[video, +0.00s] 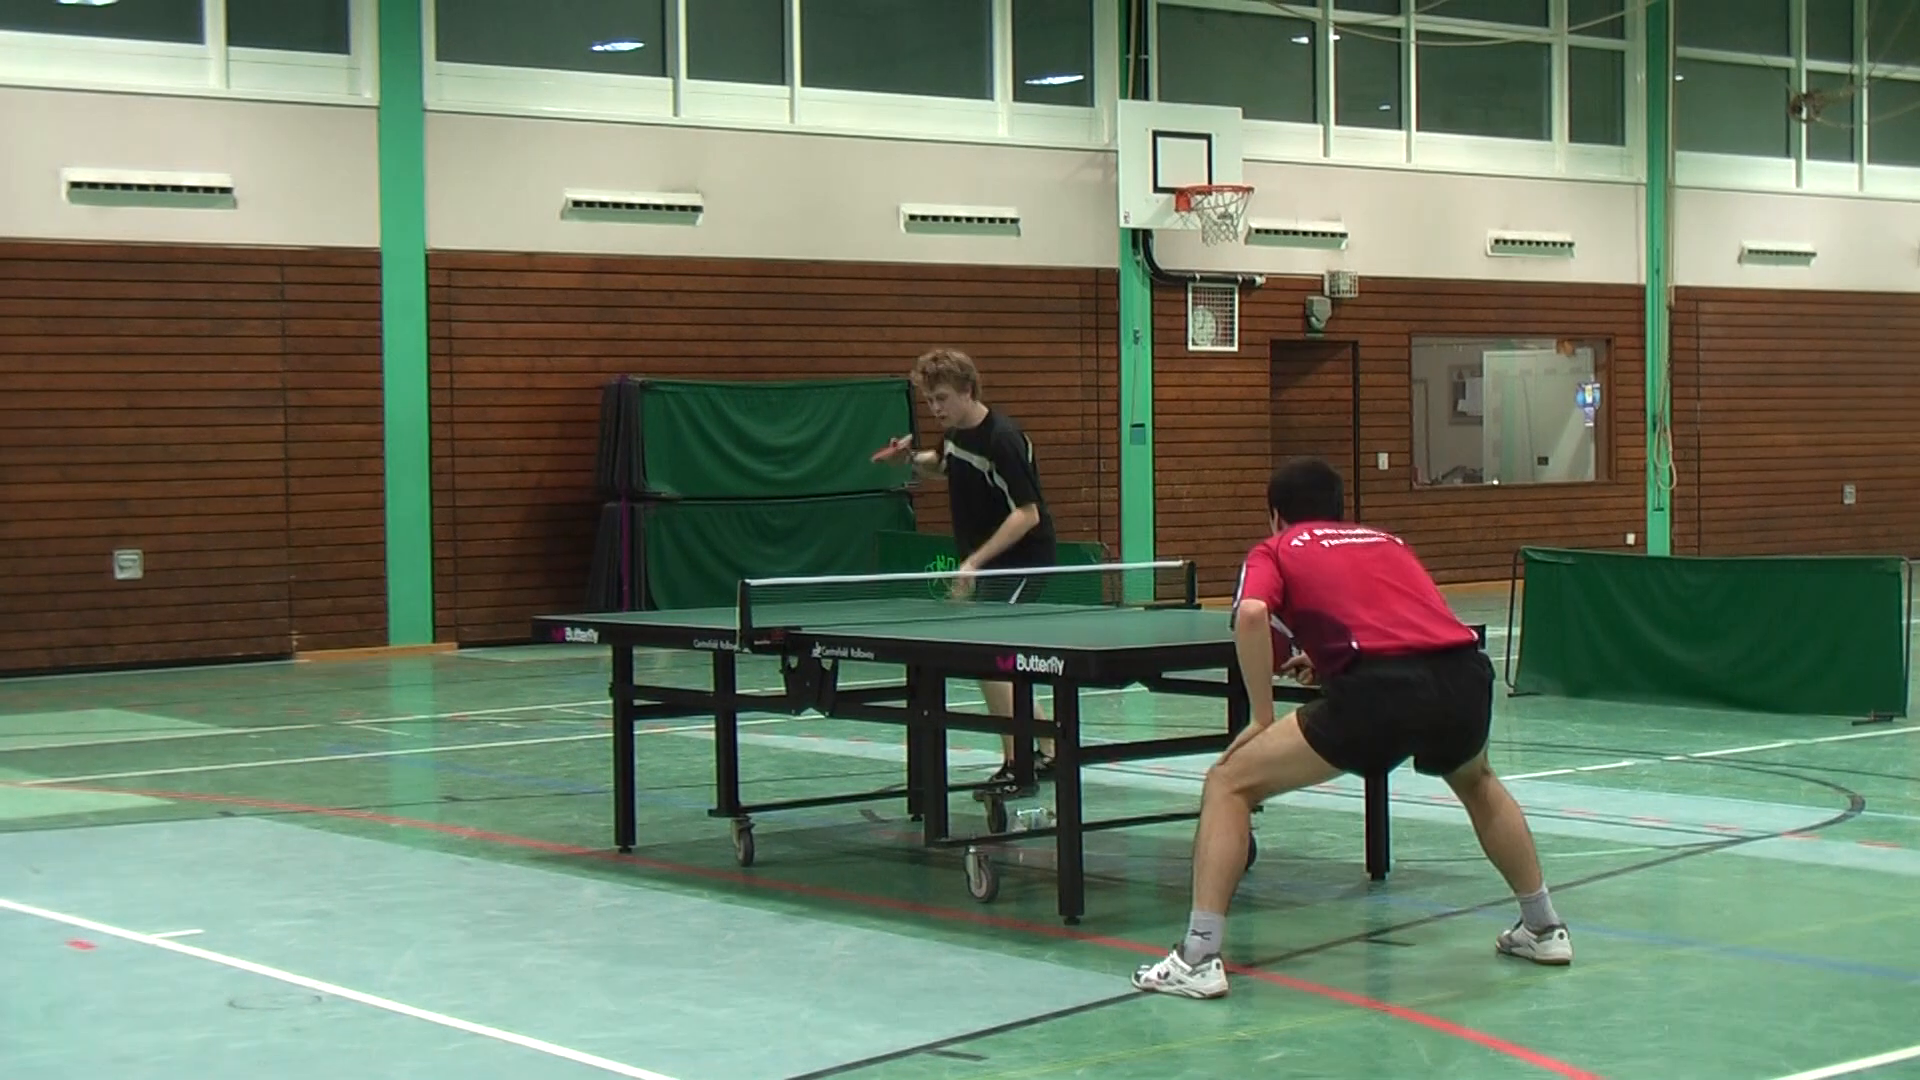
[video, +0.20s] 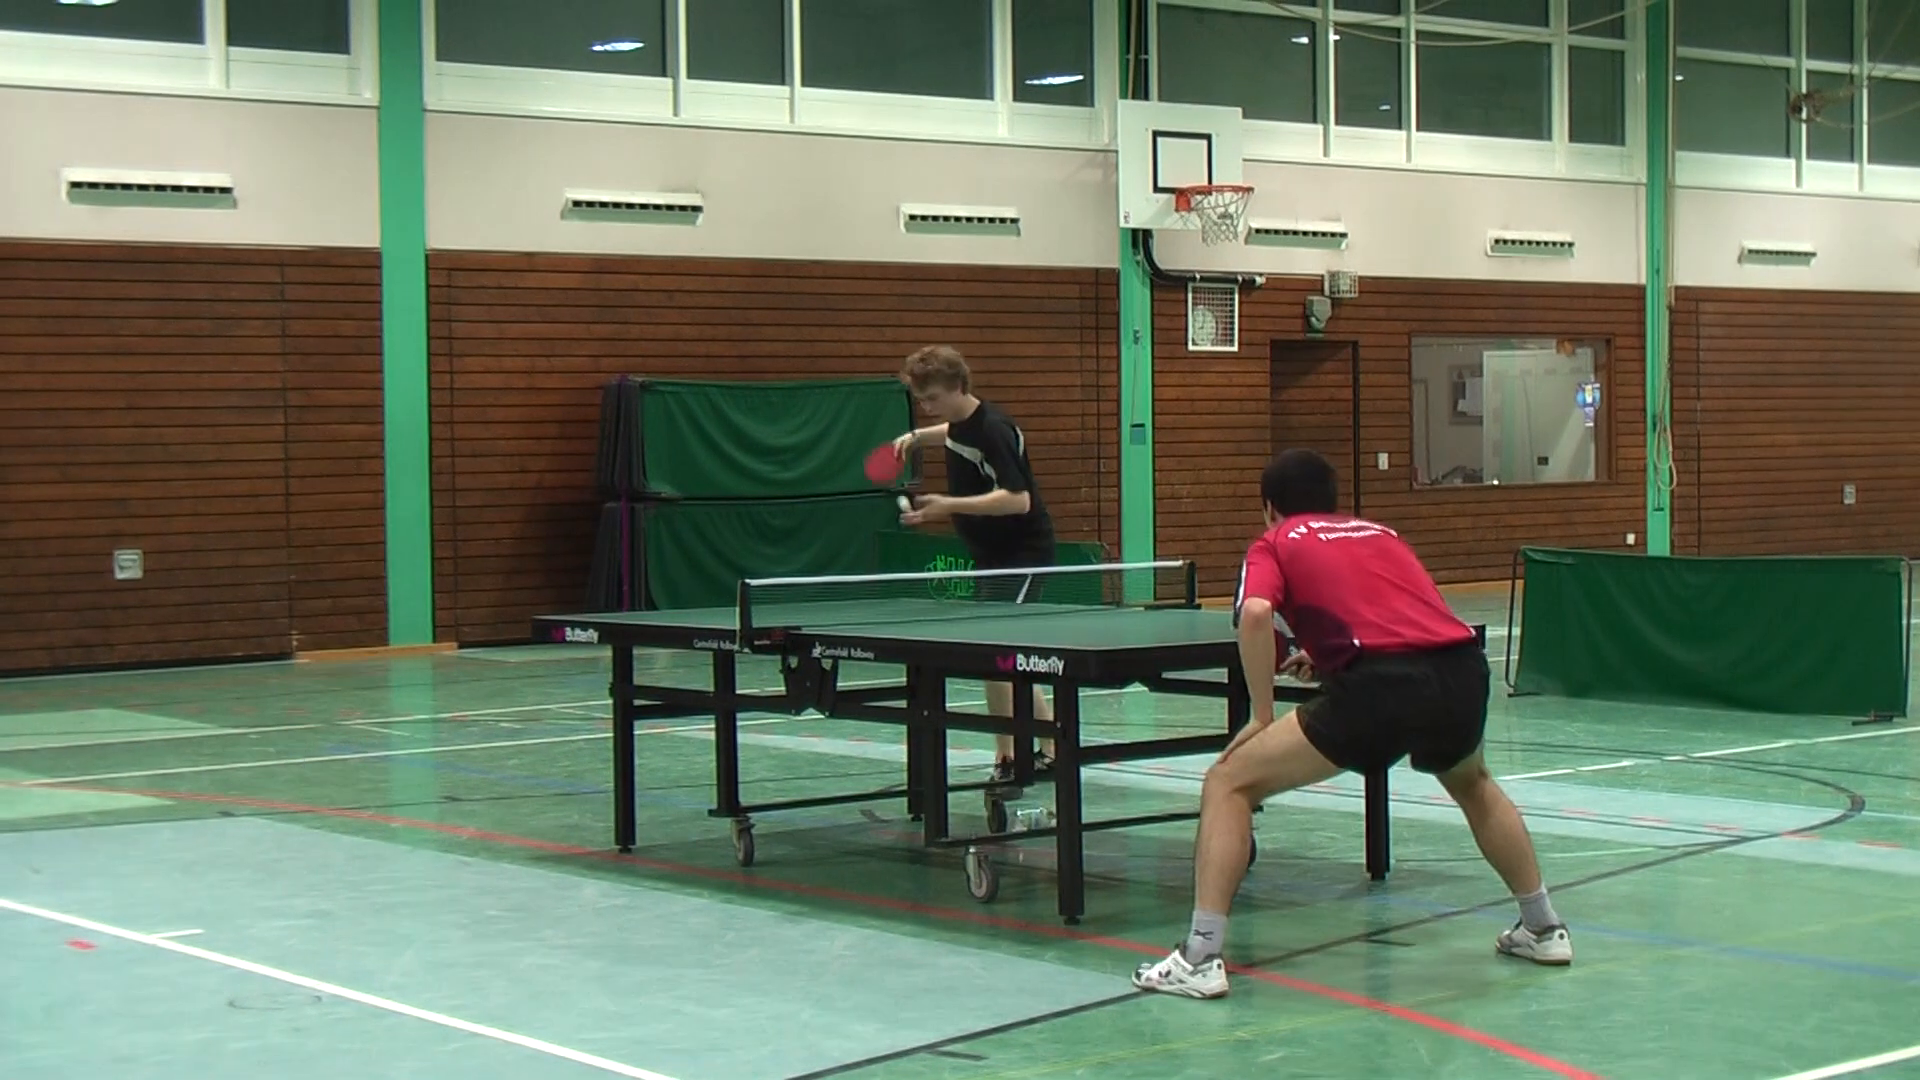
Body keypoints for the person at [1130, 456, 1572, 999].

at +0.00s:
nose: (1270, 528)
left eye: (1271, 518)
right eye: (1273, 518)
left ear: (1278, 518)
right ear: (1339, 511)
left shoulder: (1273, 548)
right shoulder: (1385, 539)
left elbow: (1251, 612)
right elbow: (1418, 613)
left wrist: (1262, 714)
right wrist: (1326, 658)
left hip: (1379, 689)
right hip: (1464, 680)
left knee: (1229, 781)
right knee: (1478, 781)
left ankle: (1199, 957)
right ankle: (1545, 925)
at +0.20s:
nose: (1268, 519)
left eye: (1267, 510)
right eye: (1269, 509)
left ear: (1274, 510)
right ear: (1333, 500)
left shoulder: (1273, 542)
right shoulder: (1379, 532)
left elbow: (1254, 612)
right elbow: (1413, 606)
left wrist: (1262, 711)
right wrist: (1328, 652)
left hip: (1378, 686)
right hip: (1461, 677)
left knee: (1228, 781)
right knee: (1473, 781)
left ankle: (1200, 956)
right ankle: (1544, 925)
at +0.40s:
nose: (1215, 449)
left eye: (1216, 441)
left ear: (1224, 443)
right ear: (1283, 439)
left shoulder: (1221, 485)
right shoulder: (1325, 486)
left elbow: (1208, 572)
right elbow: (1368, 580)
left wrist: (1198, 677)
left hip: (1304, 665)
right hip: (1378, 661)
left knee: (1163, 785)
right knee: (1420, 794)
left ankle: (1199, 958)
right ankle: (1531, 924)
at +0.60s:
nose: (1181, 379)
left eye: (1183, 370)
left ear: (1188, 375)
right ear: (1253, 377)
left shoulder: (1157, 429)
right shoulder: (1293, 443)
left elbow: (1100, 516)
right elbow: (1337, 564)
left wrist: (1082, 613)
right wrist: (1269, 558)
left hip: (1174, 628)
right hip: (1262, 634)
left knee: (1105, 774)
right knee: (1268, 770)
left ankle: (1146, 917)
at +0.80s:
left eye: (1153, 389)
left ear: (1154, 393)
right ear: (1218, 399)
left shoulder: (1106, 449)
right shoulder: (1239, 472)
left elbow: (1030, 536)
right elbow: (1277, 588)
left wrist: (1027, 605)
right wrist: (1304, 595)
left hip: (1091, 658)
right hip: (1183, 666)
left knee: (1007, 796)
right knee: (1235, 777)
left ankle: (955, 952)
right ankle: (1215, 924)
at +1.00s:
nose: (1215, 447)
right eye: (1219, 437)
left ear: (1155, 423)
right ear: (1216, 435)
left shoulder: (1095, 475)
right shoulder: (1213, 492)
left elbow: (1046, 583)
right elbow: (1228, 601)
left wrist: (1122, 579)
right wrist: (1297, 627)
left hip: (1071, 681)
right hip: (1160, 681)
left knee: (996, 806)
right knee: (1249, 769)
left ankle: (930, 932)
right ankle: (1283, 936)